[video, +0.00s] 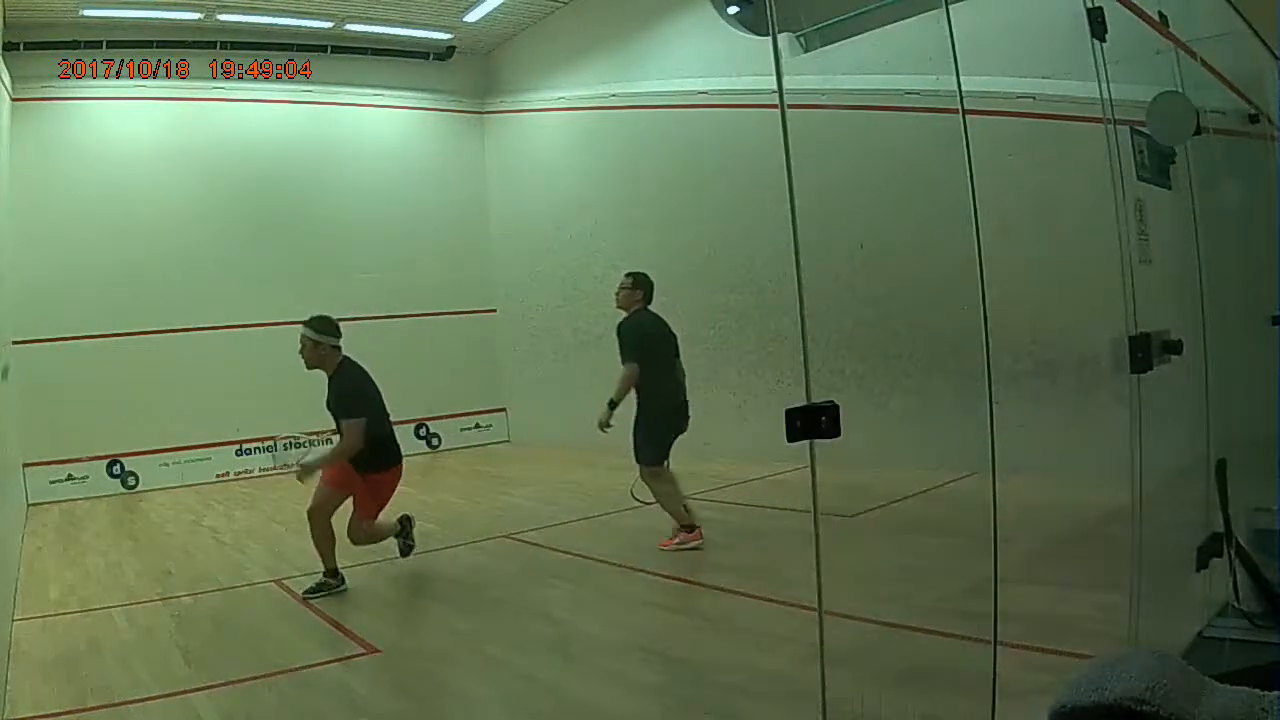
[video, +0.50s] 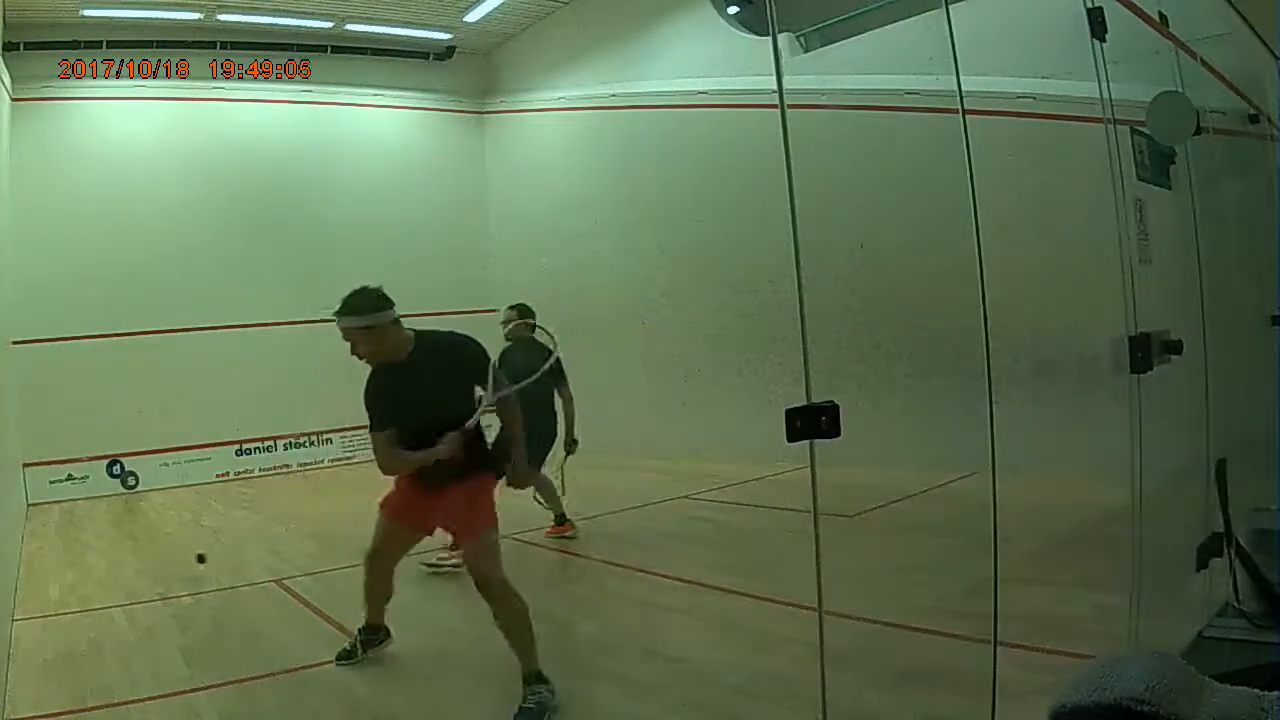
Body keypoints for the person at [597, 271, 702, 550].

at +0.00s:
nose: (617, 293)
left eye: (622, 289)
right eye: (618, 288)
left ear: (638, 294)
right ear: (640, 296)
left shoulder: (629, 326)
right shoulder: (660, 323)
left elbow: (631, 371)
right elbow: (677, 370)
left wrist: (610, 407)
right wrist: (681, 407)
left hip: (654, 409)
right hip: (674, 407)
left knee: (650, 472)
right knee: (657, 467)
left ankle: (688, 529)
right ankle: (686, 520)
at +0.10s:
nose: (593, 294)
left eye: (598, 289)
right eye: (594, 289)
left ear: (614, 294)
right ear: (618, 295)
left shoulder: (598, 324)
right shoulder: (640, 326)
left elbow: (598, 366)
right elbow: (658, 372)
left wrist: (578, 394)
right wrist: (664, 413)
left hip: (616, 403)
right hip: (642, 402)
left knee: (627, 467)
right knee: (620, 462)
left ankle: (676, 518)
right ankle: (609, 514)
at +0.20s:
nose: (575, 301)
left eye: (580, 297)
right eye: (576, 296)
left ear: (597, 301)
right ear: (598, 303)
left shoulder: (579, 328)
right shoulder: (621, 332)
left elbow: (577, 369)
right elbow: (641, 376)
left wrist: (553, 391)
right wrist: (649, 416)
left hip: (589, 409)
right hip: (614, 409)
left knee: (584, 478)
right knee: (590, 467)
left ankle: (640, 508)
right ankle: (578, 519)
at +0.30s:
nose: (553, 316)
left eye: (559, 311)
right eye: (553, 311)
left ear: (575, 315)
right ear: (575, 316)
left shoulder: (558, 343)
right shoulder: (594, 345)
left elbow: (555, 384)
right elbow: (615, 387)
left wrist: (528, 400)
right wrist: (626, 426)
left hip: (565, 420)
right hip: (588, 421)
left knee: (532, 482)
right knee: (562, 469)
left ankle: (585, 512)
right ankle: (566, 521)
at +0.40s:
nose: (526, 324)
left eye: (531, 320)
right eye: (526, 320)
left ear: (547, 322)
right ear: (550, 324)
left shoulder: (533, 351)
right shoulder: (567, 351)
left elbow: (526, 393)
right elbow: (586, 392)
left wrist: (503, 404)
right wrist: (592, 431)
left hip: (538, 427)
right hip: (565, 428)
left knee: (497, 473)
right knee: (543, 467)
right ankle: (565, 521)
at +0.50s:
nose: (503, 329)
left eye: (507, 323)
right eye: (503, 324)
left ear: (523, 324)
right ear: (530, 326)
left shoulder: (508, 356)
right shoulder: (548, 354)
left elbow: (500, 397)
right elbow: (566, 396)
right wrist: (570, 434)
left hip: (516, 428)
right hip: (546, 427)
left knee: (483, 477)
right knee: (533, 473)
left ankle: (464, 540)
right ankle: (562, 520)